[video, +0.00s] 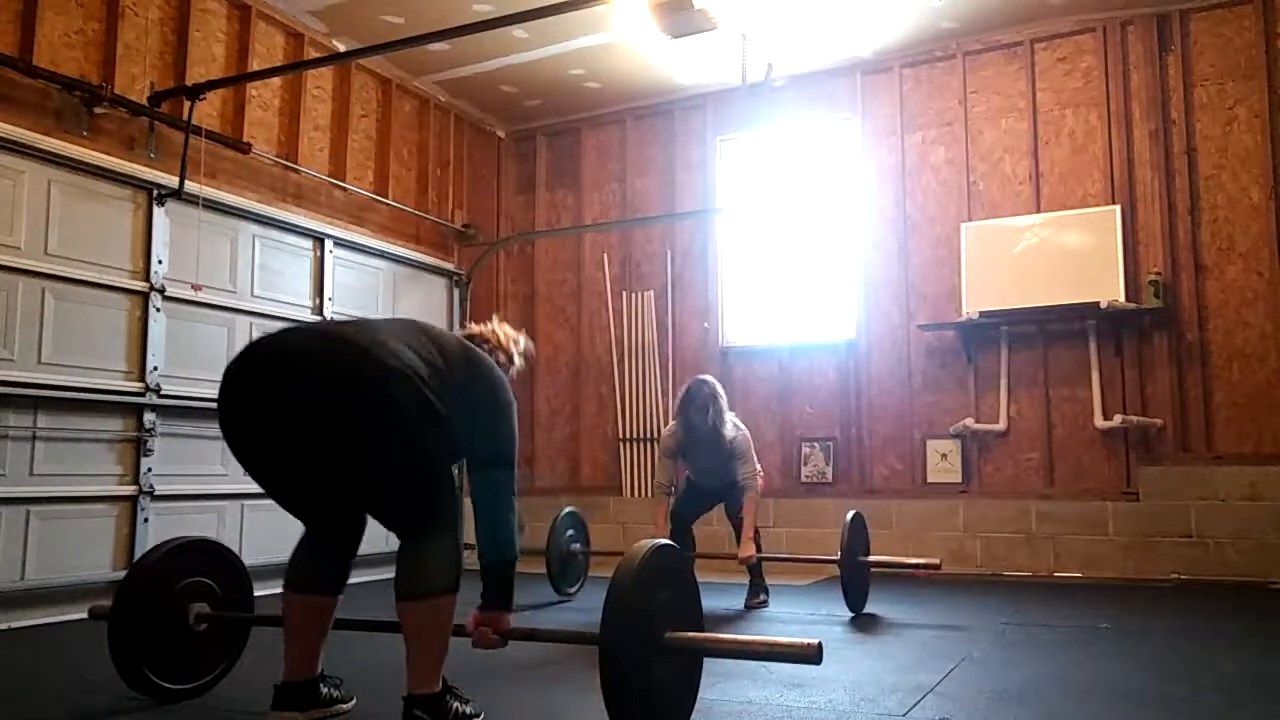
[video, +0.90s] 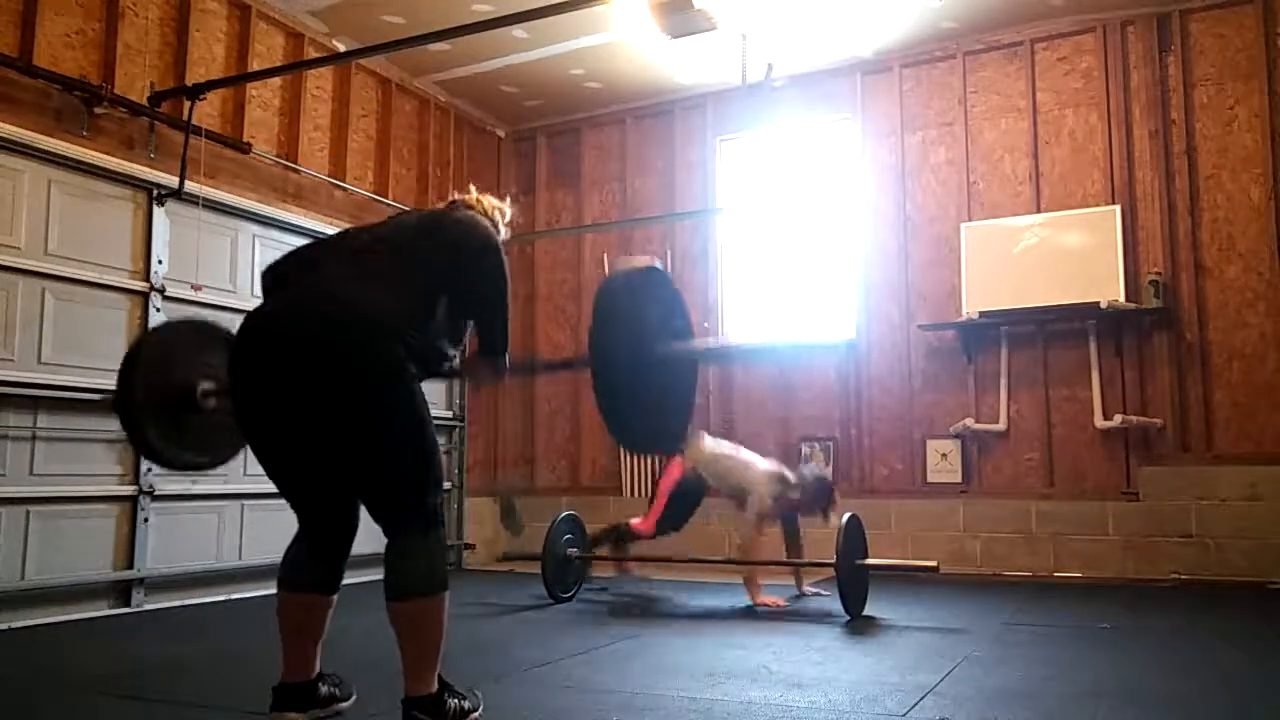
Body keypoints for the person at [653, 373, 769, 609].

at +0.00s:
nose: (706, 418)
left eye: (711, 410)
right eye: (700, 411)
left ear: (719, 407)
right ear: (687, 409)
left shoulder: (735, 434)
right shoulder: (673, 437)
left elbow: (751, 484)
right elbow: (662, 487)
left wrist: (748, 539)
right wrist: (661, 535)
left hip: (734, 486)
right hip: (700, 487)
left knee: (741, 521)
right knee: (679, 518)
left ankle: (757, 585)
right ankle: (684, 584)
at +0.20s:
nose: (736, 415)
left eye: (739, 409)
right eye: (730, 409)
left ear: (743, 403)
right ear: (712, 399)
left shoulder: (746, 420)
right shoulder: (681, 416)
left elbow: (759, 465)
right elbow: (664, 466)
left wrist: (752, 503)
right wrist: (662, 506)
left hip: (724, 464)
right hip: (686, 464)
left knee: (737, 520)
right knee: (677, 526)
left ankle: (756, 584)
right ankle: (672, 587)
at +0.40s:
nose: (763, 401)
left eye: (765, 395)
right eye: (763, 394)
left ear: (758, 389)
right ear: (743, 382)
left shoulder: (747, 400)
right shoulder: (703, 389)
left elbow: (740, 439)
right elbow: (662, 431)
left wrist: (743, 475)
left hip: (701, 443)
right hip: (669, 445)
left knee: (732, 494)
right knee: (686, 509)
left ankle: (729, 562)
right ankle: (680, 574)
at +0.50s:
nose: (769, 400)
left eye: (773, 396)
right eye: (770, 394)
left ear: (766, 391)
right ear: (759, 383)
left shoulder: (750, 402)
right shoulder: (717, 387)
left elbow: (742, 443)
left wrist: (743, 482)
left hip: (699, 437)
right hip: (672, 435)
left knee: (723, 493)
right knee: (684, 499)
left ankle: (699, 551)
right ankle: (656, 567)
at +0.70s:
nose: (780, 452)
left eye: (784, 448)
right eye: (781, 445)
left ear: (779, 437)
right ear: (771, 432)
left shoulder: (758, 440)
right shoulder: (733, 432)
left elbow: (766, 487)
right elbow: (731, 493)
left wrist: (776, 532)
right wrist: (748, 542)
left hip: (692, 455)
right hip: (664, 445)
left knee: (700, 511)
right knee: (675, 512)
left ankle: (681, 570)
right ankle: (638, 575)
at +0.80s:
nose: (781, 488)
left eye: (787, 484)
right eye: (781, 483)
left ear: (788, 469)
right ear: (777, 467)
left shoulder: (774, 459)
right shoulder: (746, 458)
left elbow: (781, 507)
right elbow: (748, 522)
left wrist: (795, 550)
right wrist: (767, 571)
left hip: (699, 445)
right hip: (678, 436)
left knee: (690, 510)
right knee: (668, 508)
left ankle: (662, 558)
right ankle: (624, 560)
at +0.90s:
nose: (803, 512)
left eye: (808, 509)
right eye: (807, 507)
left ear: (806, 492)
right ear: (801, 496)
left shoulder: (787, 486)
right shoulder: (765, 487)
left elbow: (794, 540)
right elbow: (749, 542)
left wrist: (801, 585)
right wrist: (755, 595)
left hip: (701, 474)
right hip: (688, 464)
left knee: (671, 524)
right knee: (651, 526)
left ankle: (620, 541)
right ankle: (594, 541)